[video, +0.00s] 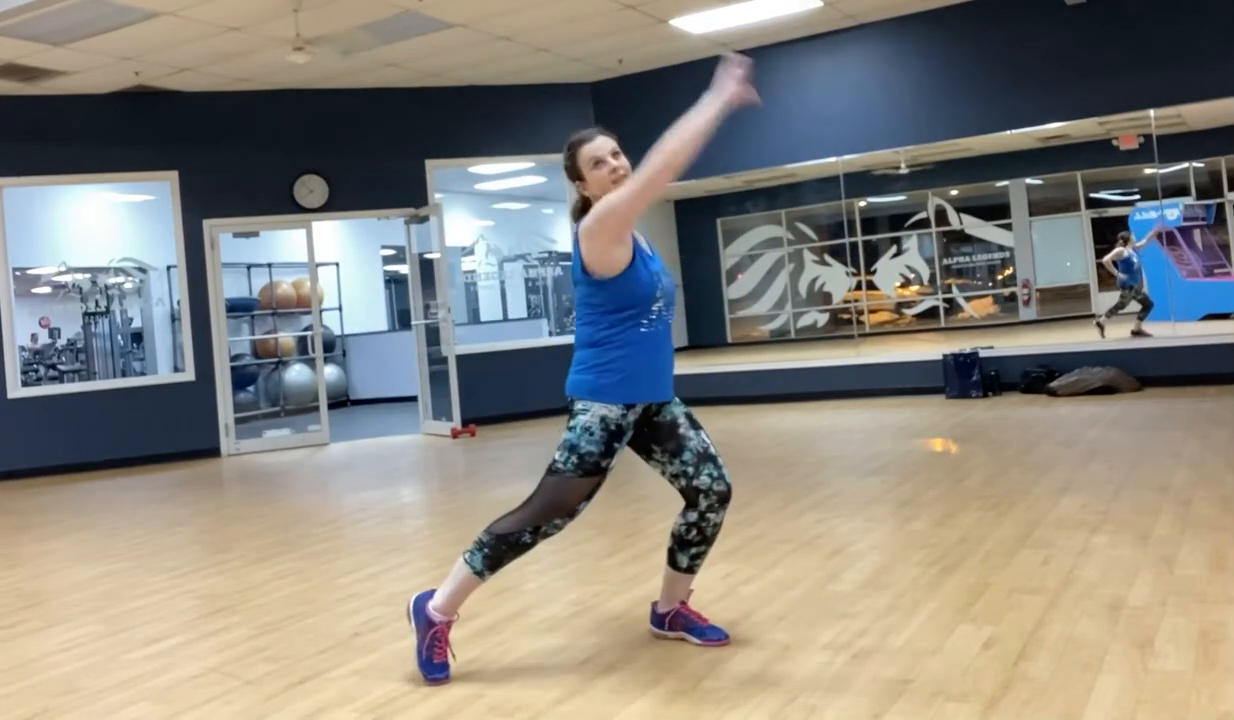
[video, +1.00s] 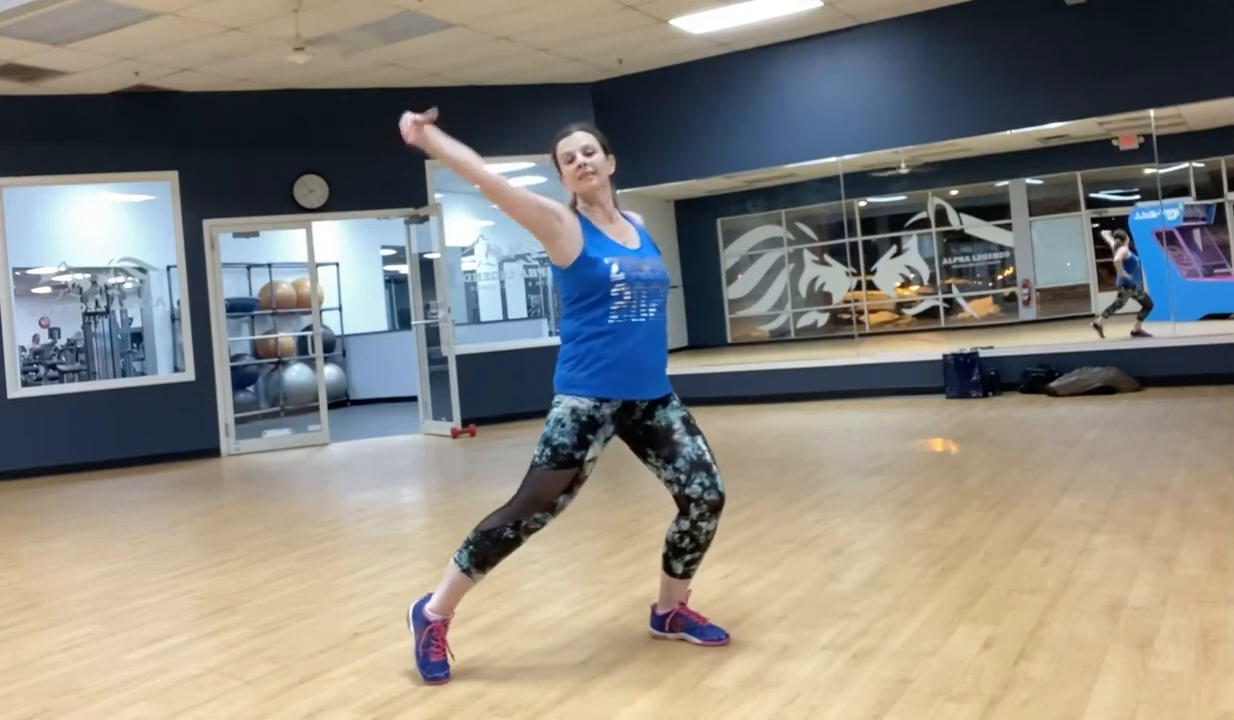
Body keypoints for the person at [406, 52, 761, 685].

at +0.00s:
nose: (617, 164)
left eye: (618, 154)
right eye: (601, 162)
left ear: (626, 160)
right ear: (580, 182)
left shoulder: (621, 224)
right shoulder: (600, 227)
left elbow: (667, 163)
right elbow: (665, 164)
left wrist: (713, 103)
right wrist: (719, 96)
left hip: (653, 399)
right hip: (605, 402)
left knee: (711, 489)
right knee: (552, 509)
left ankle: (672, 607)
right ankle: (437, 609)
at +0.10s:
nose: (610, 162)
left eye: (613, 153)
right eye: (595, 160)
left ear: (623, 164)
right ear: (578, 182)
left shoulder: (622, 229)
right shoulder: (594, 227)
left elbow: (642, 148)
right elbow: (641, 150)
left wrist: (681, 80)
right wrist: (687, 73)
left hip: (652, 399)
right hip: (602, 402)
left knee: (708, 491)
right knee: (551, 509)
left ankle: (671, 609)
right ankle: (435, 611)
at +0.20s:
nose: (607, 157)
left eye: (605, 149)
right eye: (594, 153)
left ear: (611, 165)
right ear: (575, 176)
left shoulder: (626, 226)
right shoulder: (584, 228)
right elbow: (596, 133)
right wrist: (613, 47)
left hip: (652, 399)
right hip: (599, 402)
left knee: (708, 494)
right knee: (544, 512)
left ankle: (671, 608)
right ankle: (437, 611)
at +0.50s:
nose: (583, 157)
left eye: (587, 148)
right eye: (567, 155)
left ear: (606, 161)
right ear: (557, 180)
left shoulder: (628, 223)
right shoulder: (571, 229)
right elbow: (535, 145)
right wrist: (512, 60)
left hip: (653, 397)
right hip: (595, 402)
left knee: (707, 496)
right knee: (539, 511)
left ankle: (671, 608)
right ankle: (437, 612)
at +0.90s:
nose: (578, 161)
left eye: (587, 152)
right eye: (567, 160)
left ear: (609, 164)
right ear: (561, 180)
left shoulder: (629, 224)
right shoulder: (563, 227)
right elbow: (494, 170)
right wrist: (430, 115)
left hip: (651, 394)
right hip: (588, 398)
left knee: (706, 496)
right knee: (537, 506)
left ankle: (671, 610)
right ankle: (433, 612)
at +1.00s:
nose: (580, 161)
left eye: (588, 151)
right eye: (568, 159)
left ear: (609, 161)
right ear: (561, 176)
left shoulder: (634, 226)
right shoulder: (562, 225)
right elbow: (488, 180)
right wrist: (428, 137)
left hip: (651, 394)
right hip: (587, 397)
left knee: (705, 496)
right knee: (535, 507)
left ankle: (670, 609)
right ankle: (434, 612)